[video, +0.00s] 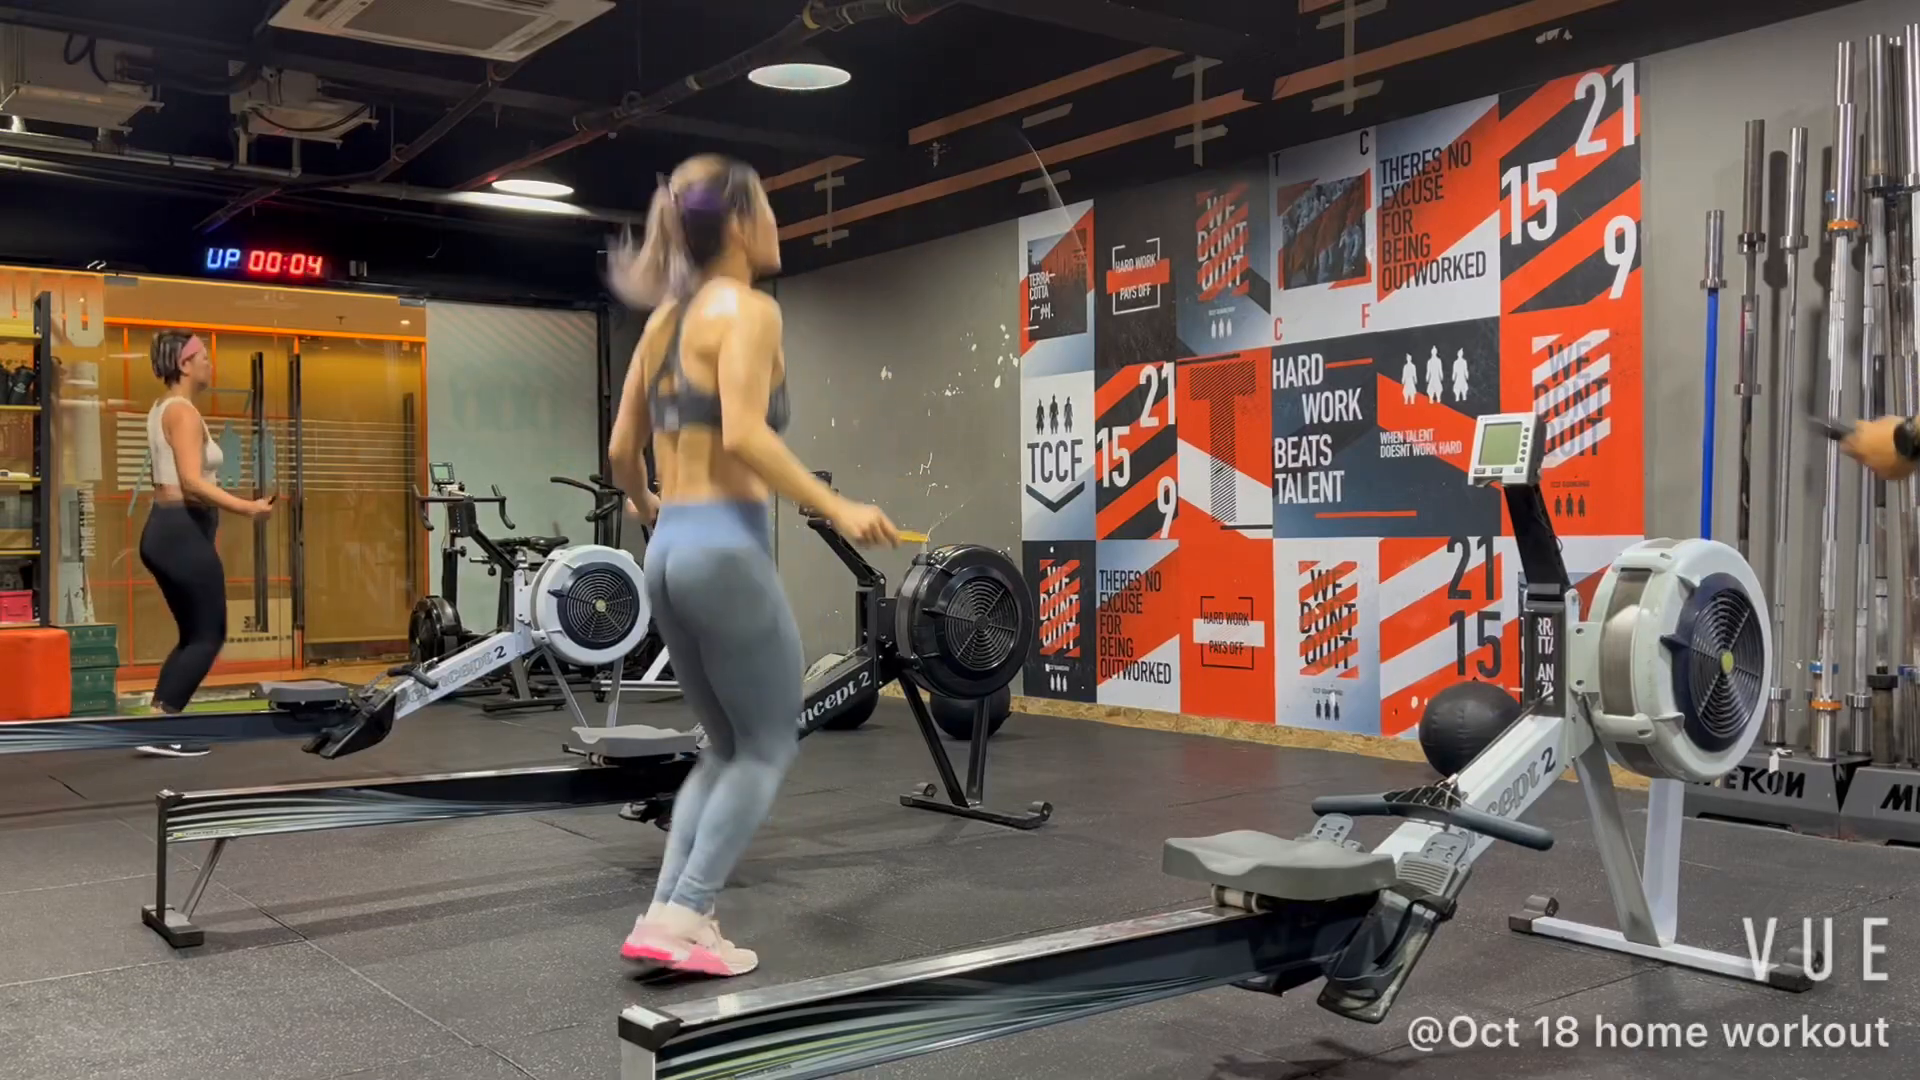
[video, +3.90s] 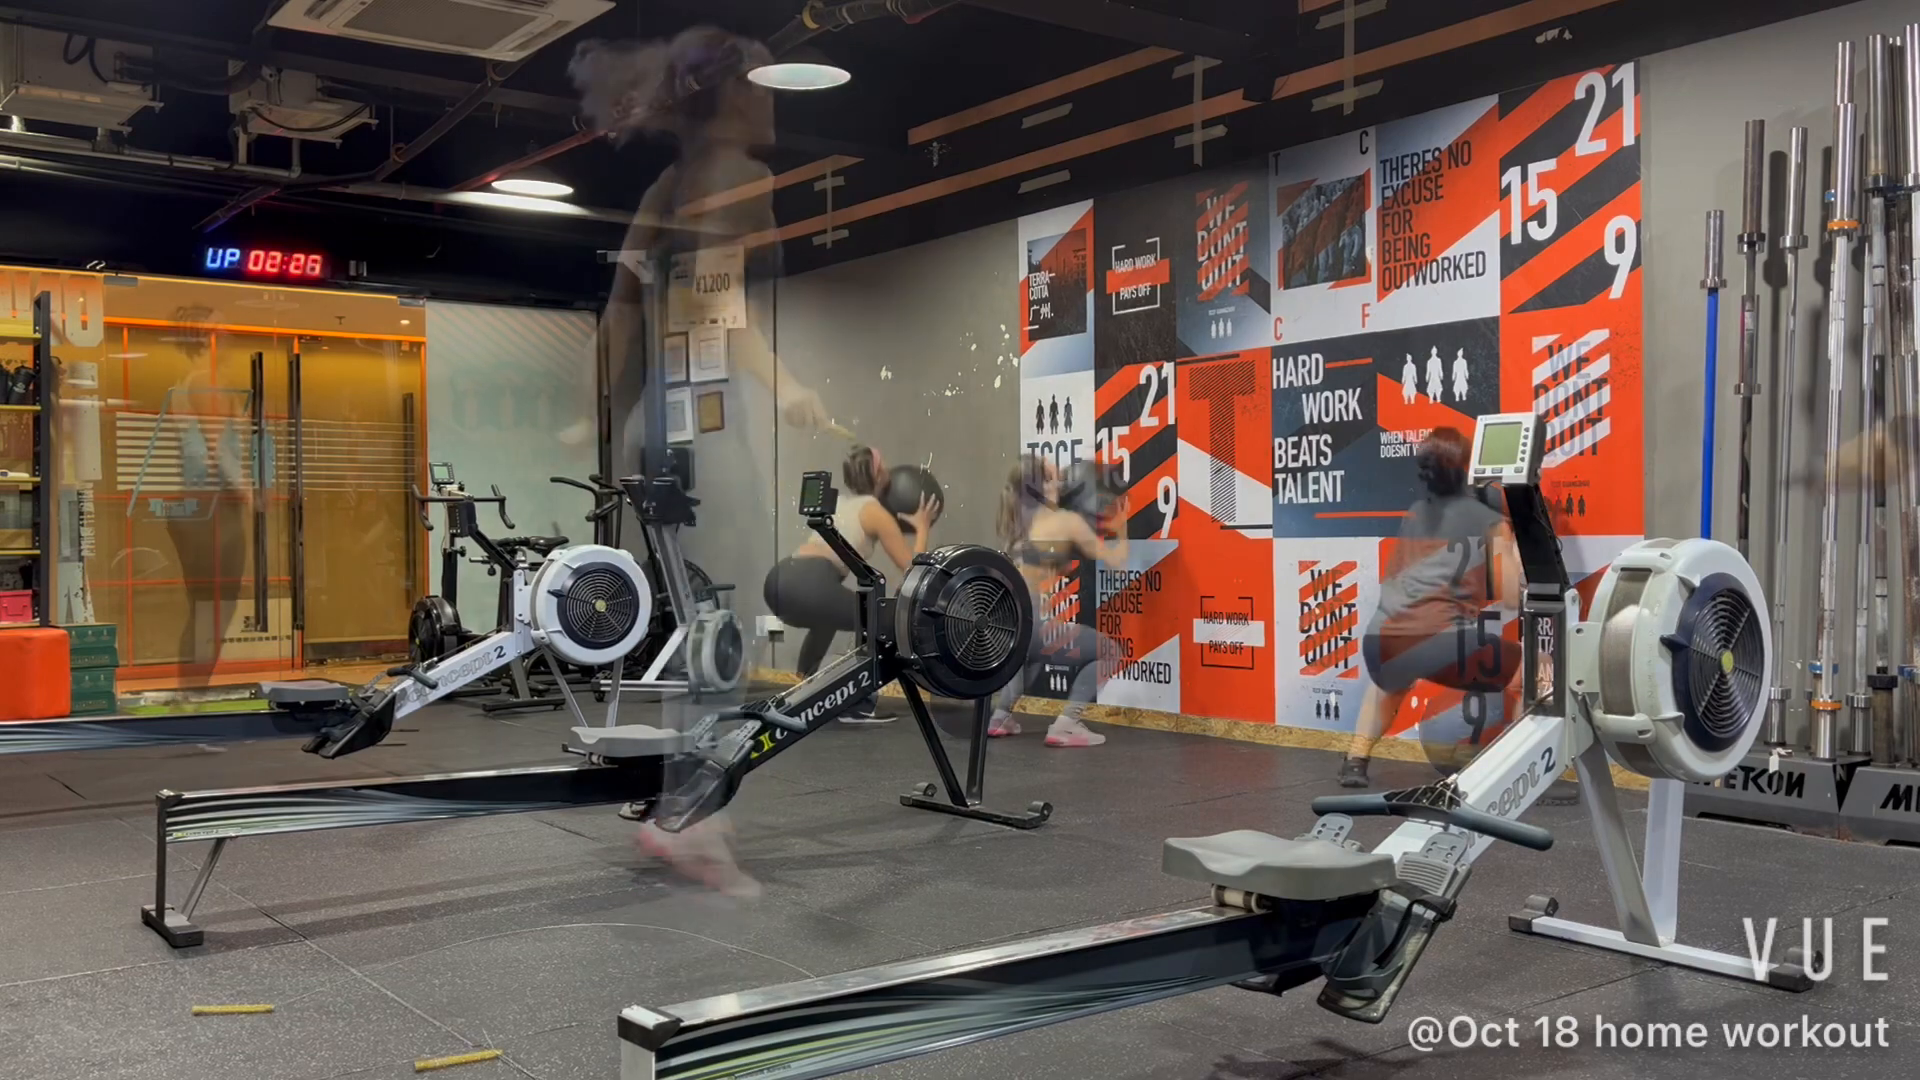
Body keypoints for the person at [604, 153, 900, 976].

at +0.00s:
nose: (776, 225)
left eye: (768, 210)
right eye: (765, 211)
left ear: (704, 230)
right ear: (740, 225)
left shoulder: (666, 320)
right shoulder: (749, 310)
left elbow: (623, 452)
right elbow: (743, 437)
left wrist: (659, 512)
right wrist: (837, 506)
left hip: (664, 553)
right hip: (721, 550)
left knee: (724, 746)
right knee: (767, 745)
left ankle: (666, 913)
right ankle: (685, 915)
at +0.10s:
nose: (767, 134)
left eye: (760, 119)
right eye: (757, 121)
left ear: (691, 143)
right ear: (730, 133)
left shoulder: (663, 236)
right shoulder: (746, 218)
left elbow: (624, 361)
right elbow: (742, 339)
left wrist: (603, 436)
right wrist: (839, 412)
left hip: (670, 452)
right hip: (725, 449)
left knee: (695, 667)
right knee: (739, 672)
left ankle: (687, 845)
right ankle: (714, 854)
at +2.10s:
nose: (773, 94)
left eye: (769, 78)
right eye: (765, 80)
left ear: (696, 93)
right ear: (736, 84)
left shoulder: (659, 183)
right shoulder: (749, 167)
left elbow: (622, 313)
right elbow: (728, 288)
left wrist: (611, 408)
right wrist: (795, 381)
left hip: (653, 405)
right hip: (710, 402)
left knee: (701, 620)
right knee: (749, 614)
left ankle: (688, 794)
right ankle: (712, 800)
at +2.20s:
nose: (776, 134)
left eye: (769, 119)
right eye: (764, 122)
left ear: (704, 145)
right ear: (737, 139)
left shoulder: (668, 231)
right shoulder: (748, 219)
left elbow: (607, 345)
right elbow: (723, 335)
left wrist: (549, 432)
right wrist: (796, 414)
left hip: (661, 464)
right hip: (713, 462)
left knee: (703, 673)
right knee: (741, 671)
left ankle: (687, 850)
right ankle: (717, 861)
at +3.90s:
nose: (771, 111)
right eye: (761, 96)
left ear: (683, 93)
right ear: (727, 93)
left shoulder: (675, 187)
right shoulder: (730, 176)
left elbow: (630, 316)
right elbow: (710, 309)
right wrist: (791, 391)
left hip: (667, 413)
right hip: (713, 409)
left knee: (706, 607)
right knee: (729, 606)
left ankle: (689, 811)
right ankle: (690, 812)